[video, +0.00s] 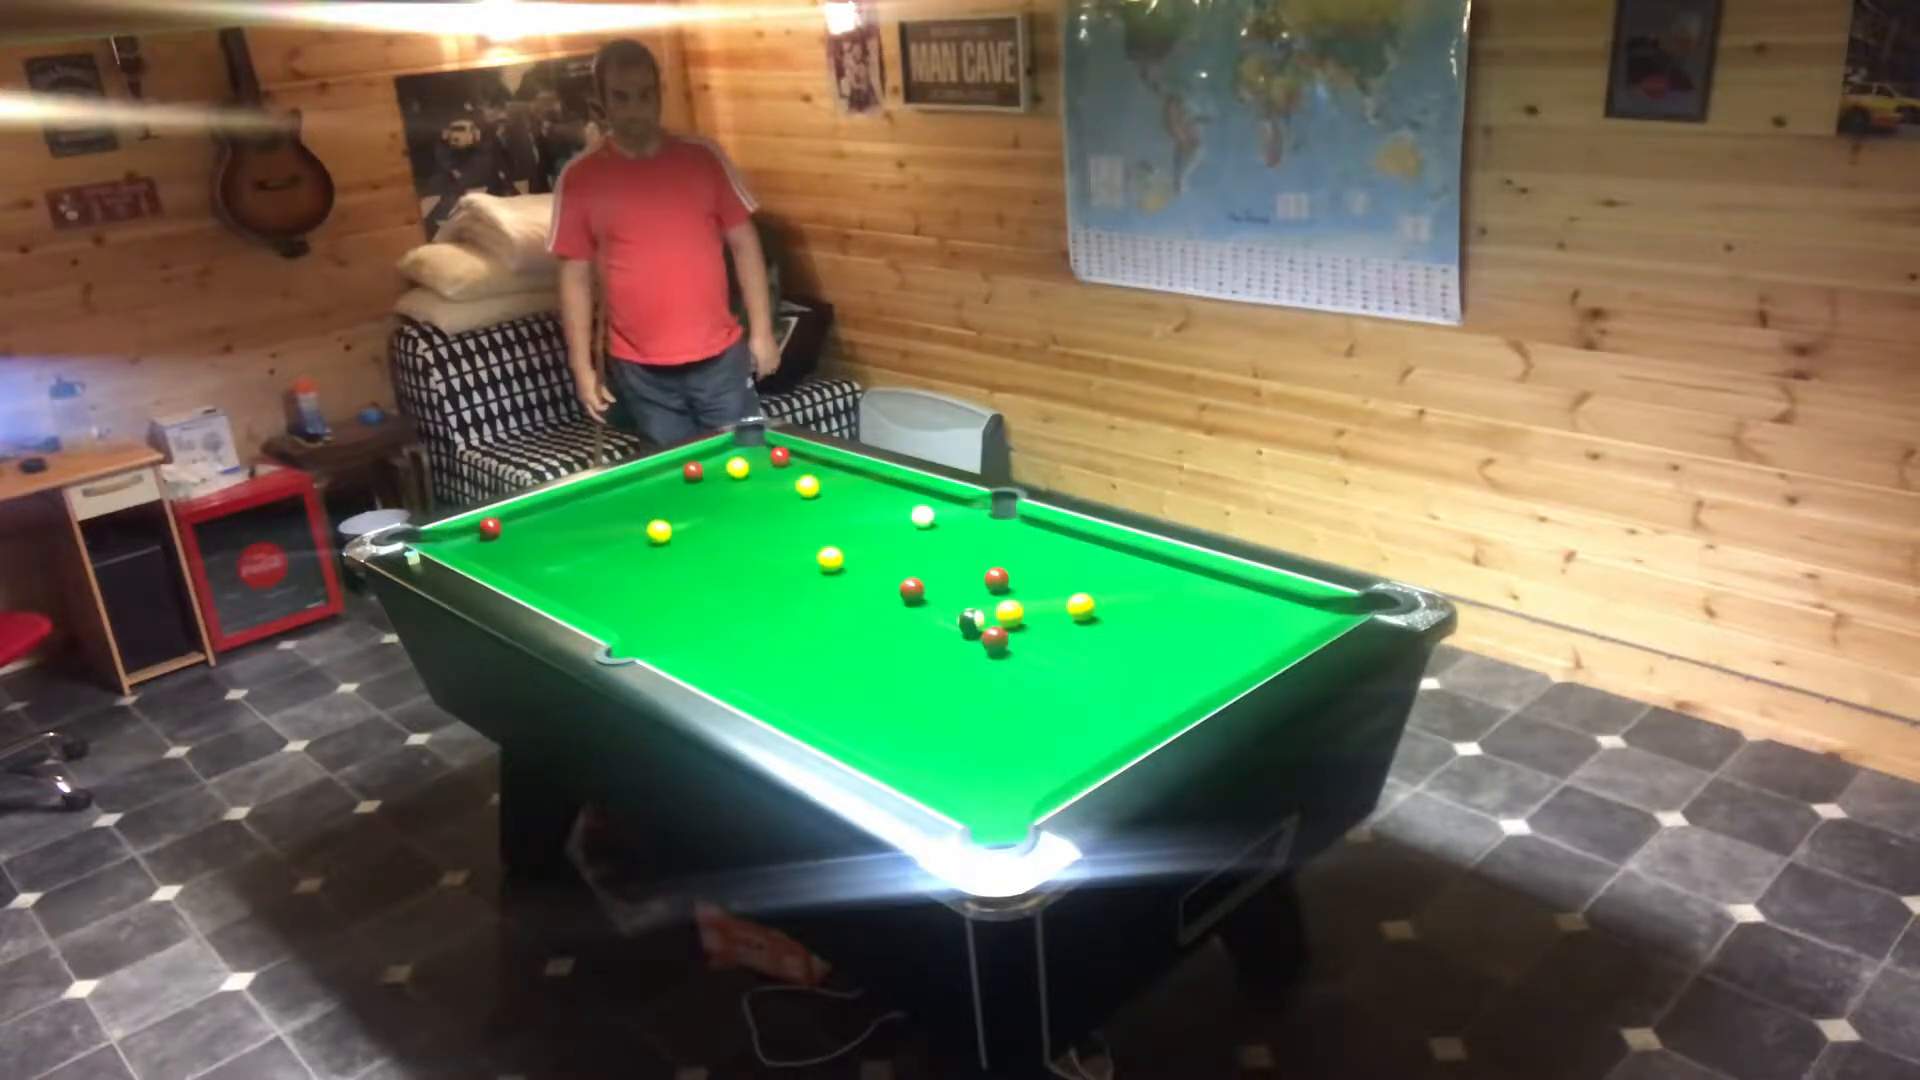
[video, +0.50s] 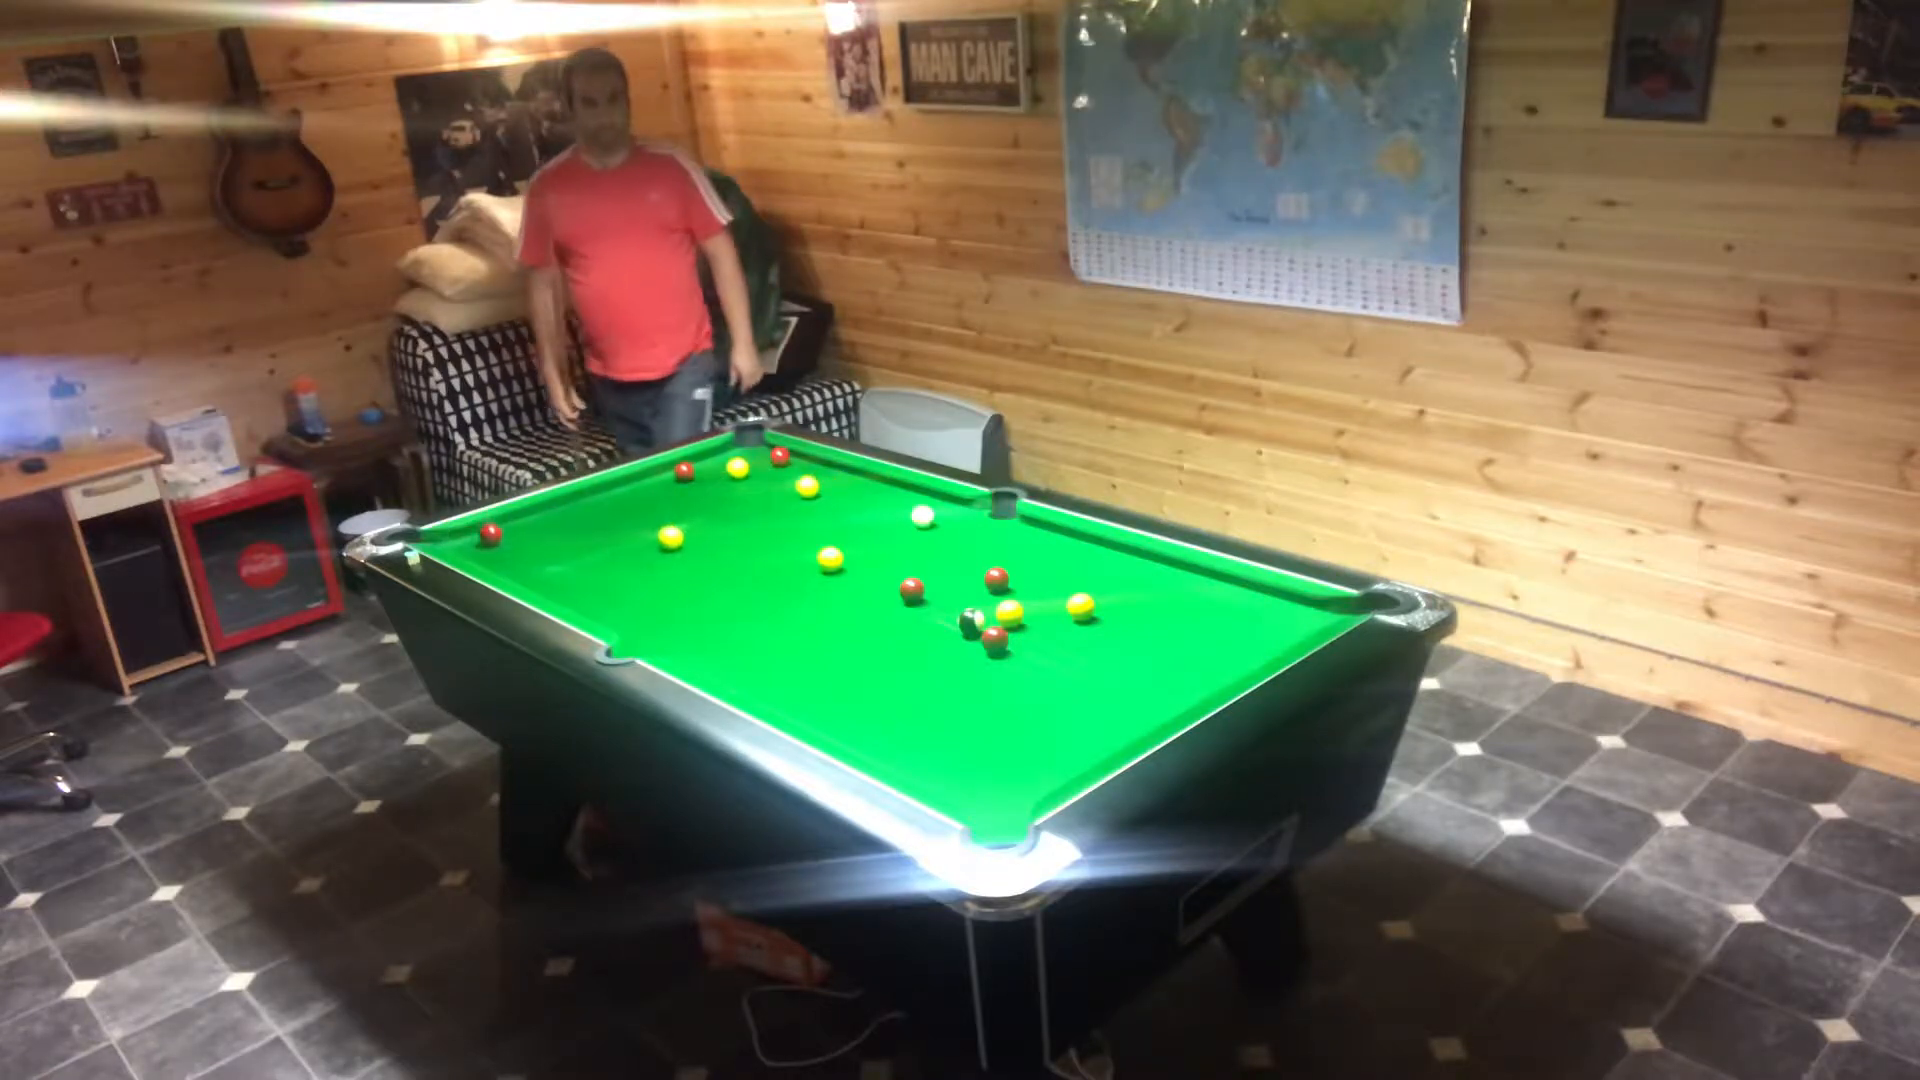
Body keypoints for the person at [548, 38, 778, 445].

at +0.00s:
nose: (635, 109)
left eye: (646, 95)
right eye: (621, 97)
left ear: (660, 96)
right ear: (601, 101)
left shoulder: (703, 159)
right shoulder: (581, 178)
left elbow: (744, 243)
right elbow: (575, 276)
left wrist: (761, 331)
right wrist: (582, 367)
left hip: (719, 362)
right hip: (642, 372)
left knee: (746, 484)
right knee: (677, 494)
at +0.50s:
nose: (604, 115)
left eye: (613, 100)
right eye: (589, 104)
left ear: (628, 103)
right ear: (568, 110)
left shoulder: (673, 169)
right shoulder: (547, 188)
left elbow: (721, 251)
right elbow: (542, 282)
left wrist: (744, 344)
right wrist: (553, 374)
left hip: (685, 369)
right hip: (612, 379)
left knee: (682, 495)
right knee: (646, 501)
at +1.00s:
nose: (555, 137)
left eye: (568, 122)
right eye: (540, 122)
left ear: (585, 125)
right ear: (515, 124)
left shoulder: (614, 191)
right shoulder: (481, 189)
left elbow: (659, 291)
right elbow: (468, 284)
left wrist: (674, 392)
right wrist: (463, 368)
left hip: (605, 398)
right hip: (526, 406)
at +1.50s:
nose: (430, 171)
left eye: (444, 153)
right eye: (413, 155)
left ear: (467, 143)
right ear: (390, 154)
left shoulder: (498, 221)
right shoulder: (373, 229)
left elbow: (554, 328)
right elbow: (366, 330)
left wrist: (489, 419)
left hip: (502, 452)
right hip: (416, 456)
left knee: (517, 591)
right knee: (424, 591)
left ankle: (539, 718)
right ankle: (428, 709)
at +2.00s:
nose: (298, 190)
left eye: (313, 171)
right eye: (279, 175)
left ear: (333, 167)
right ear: (249, 178)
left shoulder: (372, 241)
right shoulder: (233, 253)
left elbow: (433, 354)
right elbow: (216, 359)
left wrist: (397, 447)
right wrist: (207, 457)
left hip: (372, 485)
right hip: (291, 493)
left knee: (349, 644)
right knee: (364, 615)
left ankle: (371, 775)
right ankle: (421, 715)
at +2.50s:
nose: (222, 219)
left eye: (235, 199)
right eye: (200, 203)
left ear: (247, 191)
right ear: (153, 198)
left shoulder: (282, 284)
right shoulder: (85, 289)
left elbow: (338, 398)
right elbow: (45, 428)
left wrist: (369, 504)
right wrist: (60, 544)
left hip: (262, 555)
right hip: (148, 563)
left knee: (273, 722)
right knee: (179, 719)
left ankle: (282, 852)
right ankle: (270, 752)